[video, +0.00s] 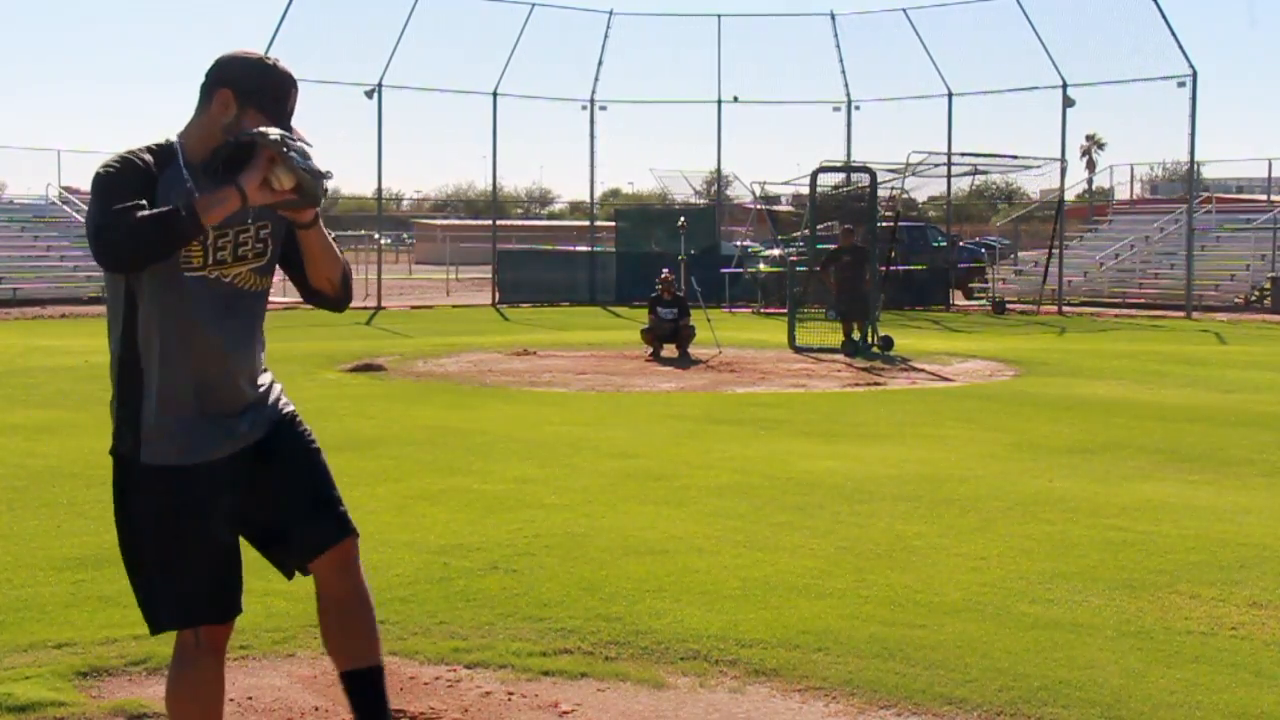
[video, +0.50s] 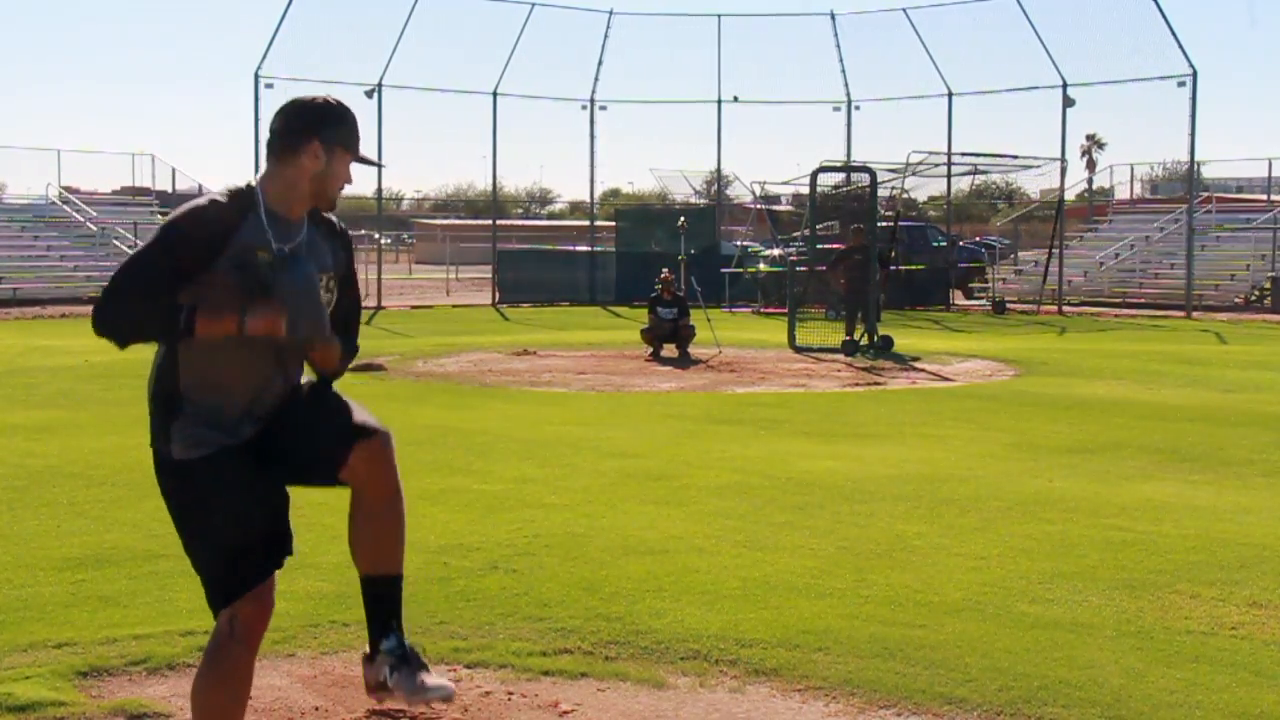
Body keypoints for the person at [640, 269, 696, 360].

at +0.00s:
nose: (666, 287)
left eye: (669, 284)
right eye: (664, 284)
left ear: (673, 285)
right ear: (660, 286)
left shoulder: (680, 300)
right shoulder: (654, 299)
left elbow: (686, 319)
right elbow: (651, 318)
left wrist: (673, 325)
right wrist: (662, 325)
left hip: (676, 328)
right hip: (660, 329)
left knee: (689, 330)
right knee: (645, 333)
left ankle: (682, 350)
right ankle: (656, 347)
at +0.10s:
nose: (667, 287)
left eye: (669, 284)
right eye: (664, 284)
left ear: (673, 285)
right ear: (660, 285)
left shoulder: (680, 300)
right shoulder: (654, 299)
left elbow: (686, 319)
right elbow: (651, 318)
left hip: (676, 329)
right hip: (660, 329)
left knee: (689, 330)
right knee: (645, 333)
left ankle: (682, 350)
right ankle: (656, 347)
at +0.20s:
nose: (666, 287)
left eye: (669, 284)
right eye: (664, 284)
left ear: (673, 285)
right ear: (660, 285)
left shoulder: (680, 300)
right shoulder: (654, 299)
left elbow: (686, 319)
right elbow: (651, 318)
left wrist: (674, 325)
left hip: (676, 328)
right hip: (660, 329)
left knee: (689, 330)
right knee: (645, 333)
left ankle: (682, 350)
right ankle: (656, 347)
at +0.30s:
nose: (667, 286)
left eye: (669, 283)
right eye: (664, 284)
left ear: (673, 285)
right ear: (660, 285)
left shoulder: (680, 299)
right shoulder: (654, 299)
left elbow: (685, 319)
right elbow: (651, 318)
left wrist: (673, 325)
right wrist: (663, 325)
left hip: (676, 328)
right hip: (660, 329)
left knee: (689, 330)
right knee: (645, 332)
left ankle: (682, 349)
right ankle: (656, 347)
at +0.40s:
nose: (667, 286)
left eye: (669, 283)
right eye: (664, 284)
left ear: (673, 285)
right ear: (660, 285)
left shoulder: (680, 299)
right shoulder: (654, 299)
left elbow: (685, 319)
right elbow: (651, 318)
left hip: (676, 328)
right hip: (660, 329)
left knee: (689, 330)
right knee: (645, 333)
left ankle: (682, 350)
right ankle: (656, 347)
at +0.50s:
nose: (667, 286)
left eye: (670, 283)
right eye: (664, 284)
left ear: (673, 285)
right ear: (661, 285)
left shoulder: (680, 299)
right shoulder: (654, 299)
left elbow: (685, 319)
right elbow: (651, 318)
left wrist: (674, 325)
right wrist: (663, 325)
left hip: (676, 328)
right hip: (660, 329)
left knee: (689, 329)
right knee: (645, 333)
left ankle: (682, 349)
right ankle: (656, 347)